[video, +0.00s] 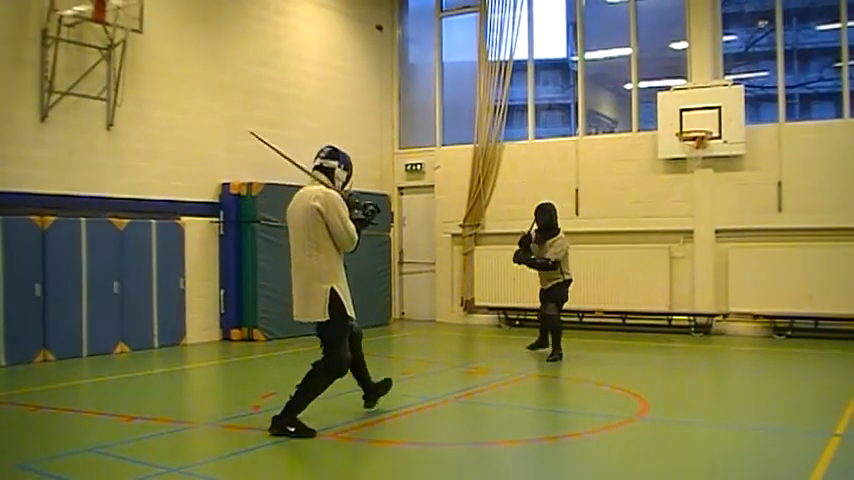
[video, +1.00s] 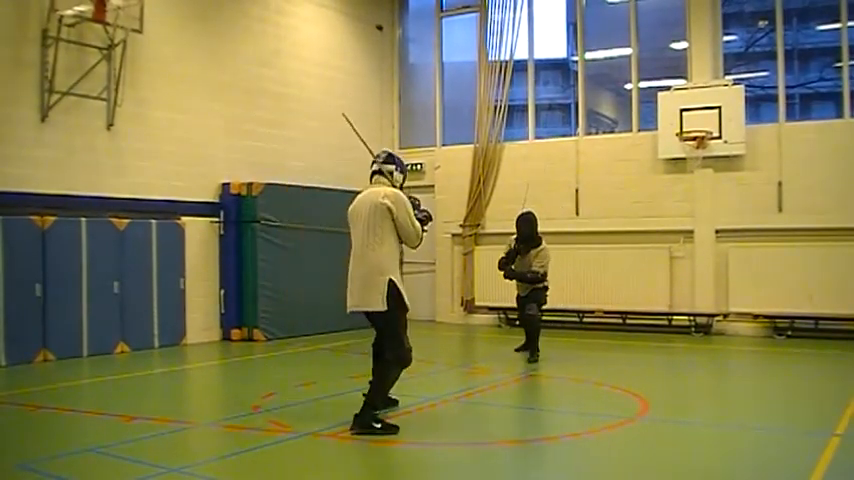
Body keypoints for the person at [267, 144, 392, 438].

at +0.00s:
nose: (346, 182)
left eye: (347, 177)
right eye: (346, 175)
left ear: (316, 169)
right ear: (337, 172)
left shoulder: (298, 198)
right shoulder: (328, 197)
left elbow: (318, 240)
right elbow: (348, 242)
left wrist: (346, 214)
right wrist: (358, 222)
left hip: (309, 289)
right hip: (328, 290)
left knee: (352, 336)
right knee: (337, 361)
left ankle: (369, 388)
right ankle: (286, 418)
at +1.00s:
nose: (403, 179)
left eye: (403, 174)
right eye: (402, 174)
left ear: (374, 172)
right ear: (395, 173)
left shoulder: (356, 202)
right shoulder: (394, 197)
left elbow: (372, 236)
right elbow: (413, 239)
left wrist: (407, 214)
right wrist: (420, 219)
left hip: (360, 287)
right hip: (385, 286)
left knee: (384, 340)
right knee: (400, 352)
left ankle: (378, 394)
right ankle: (367, 415)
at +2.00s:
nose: (429, 186)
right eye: (429, 181)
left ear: (402, 183)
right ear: (427, 183)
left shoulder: (387, 209)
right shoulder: (438, 208)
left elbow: (377, 250)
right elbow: (447, 254)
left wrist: (401, 258)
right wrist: (425, 258)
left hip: (399, 294)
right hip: (430, 294)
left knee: (411, 341)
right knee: (438, 355)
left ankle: (418, 392)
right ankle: (406, 386)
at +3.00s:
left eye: (419, 184)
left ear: (418, 185)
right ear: (443, 186)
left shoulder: (404, 207)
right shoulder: (456, 213)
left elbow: (399, 252)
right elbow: (457, 253)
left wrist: (415, 275)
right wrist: (437, 275)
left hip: (413, 289)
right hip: (448, 291)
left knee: (384, 352)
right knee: (455, 340)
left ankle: (394, 414)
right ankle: (470, 392)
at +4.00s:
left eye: (434, 181)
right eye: (451, 182)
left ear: (430, 182)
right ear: (455, 183)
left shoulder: (419, 206)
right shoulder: (468, 211)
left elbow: (416, 248)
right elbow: (472, 247)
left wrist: (435, 264)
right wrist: (452, 263)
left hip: (432, 285)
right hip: (463, 285)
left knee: (403, 347)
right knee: (462, 334)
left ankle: (397, 414)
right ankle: (470, 392)